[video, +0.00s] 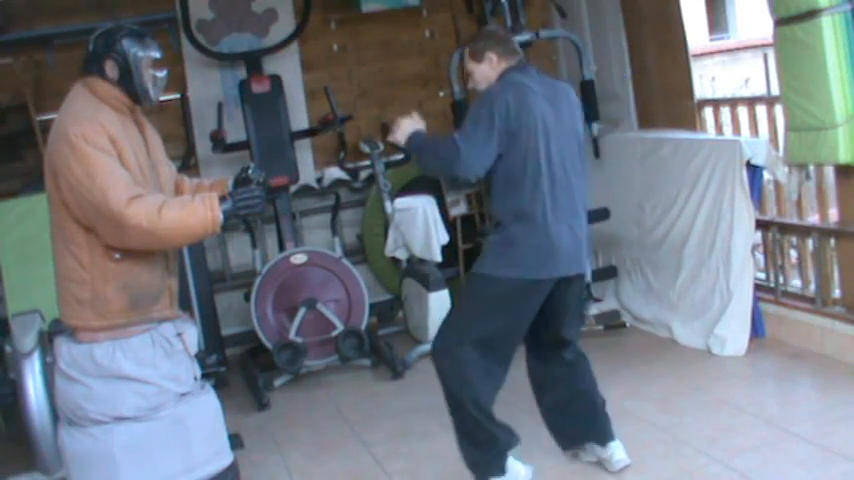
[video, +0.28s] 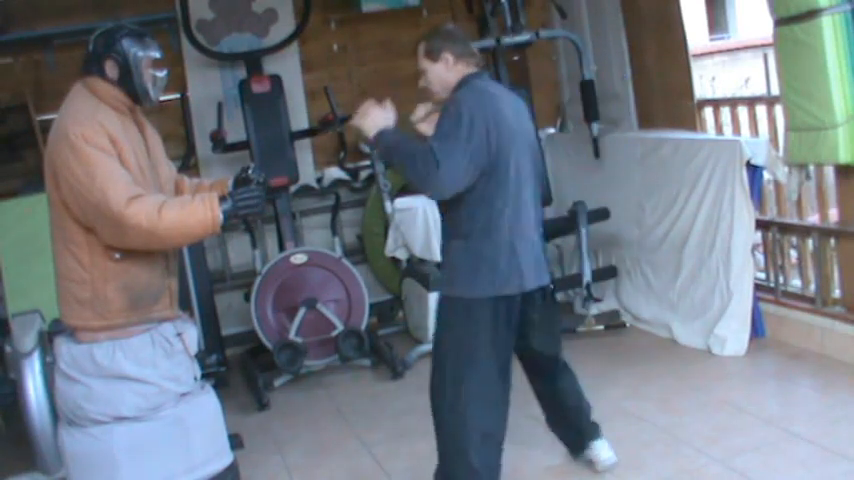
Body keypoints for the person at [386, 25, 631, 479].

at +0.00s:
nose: (470, 81)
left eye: (471, 70)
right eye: (467, 72)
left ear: (492, 59)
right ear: (513, 58)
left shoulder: (498, 97)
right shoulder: (566, 94)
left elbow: (466, 163)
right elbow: (572, 160)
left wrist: (415, 138)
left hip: (521, 256)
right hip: (573, 253)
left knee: (457, 349)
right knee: (558, 346)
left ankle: (497, 463)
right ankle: (601, 441)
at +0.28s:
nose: (422, 81)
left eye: (424, 70)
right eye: (420, 72)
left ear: (449, 62)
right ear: (463, 62)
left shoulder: (468, 104)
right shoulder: (512, 101)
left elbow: (440, 176)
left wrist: (384, 134)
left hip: (479, 279)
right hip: (529, 269)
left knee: (462, 392)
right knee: (545, 360)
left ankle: (464, 472)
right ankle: (590, 442)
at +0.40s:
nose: (410, 76)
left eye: (413, 65)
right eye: (409, 66)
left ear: (435, 56)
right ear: (448, 58)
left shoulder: (440, 99)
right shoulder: (501, 102)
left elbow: (399, 153)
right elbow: (516, 179)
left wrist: (340, 109)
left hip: (452, 266)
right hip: (502, 261)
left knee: (450, 375)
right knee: (495, 357)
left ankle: (459, 471)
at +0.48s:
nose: (408, 72)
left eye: (411, 62)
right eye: (407, 63)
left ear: (432, 56)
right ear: (453, 57)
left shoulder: (428, 98)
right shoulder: (499, 103)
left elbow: (358, 121)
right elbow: (504, 180)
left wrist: (346, 65)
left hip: (438, 269)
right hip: (487, 265)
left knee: (423, 375)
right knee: (460, 370)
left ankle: (444, 469)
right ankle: (458, 463)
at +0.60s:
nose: (412, 73)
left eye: (415, 63)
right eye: (411, 64)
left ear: (439, 54)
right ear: (455, 55)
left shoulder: (440, 93)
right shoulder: (500, 102)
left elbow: (374, 130)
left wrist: (326, 91)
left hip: (415, 239)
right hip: (471, 254)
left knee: (316, 291)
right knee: (457, 365)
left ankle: (360, 394)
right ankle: (452, 470)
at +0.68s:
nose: (409, 75)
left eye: (410, 66)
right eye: (407, 66)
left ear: (430, 54)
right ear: (451, 55)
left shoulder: (431, 90)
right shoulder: (495, 101)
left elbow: (384, 145)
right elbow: (453, 154)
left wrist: (312, 123)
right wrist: (391, 121)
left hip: (407, 221)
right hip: (461, 249)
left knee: (297, 208)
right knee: (449, 355)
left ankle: (305, 308)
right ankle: (440, 468)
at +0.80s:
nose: (405, 83)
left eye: (407, 73)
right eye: (404, 75)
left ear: (431, 60)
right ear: (451, 62)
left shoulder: (436, 91)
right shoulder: (493, 107)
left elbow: (403, 156)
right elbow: (456, 162)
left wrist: (332, 146)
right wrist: (404, 126)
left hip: (412, 221)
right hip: (461, 250)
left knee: (288, 210)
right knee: (437, 369)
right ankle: (423, 472)